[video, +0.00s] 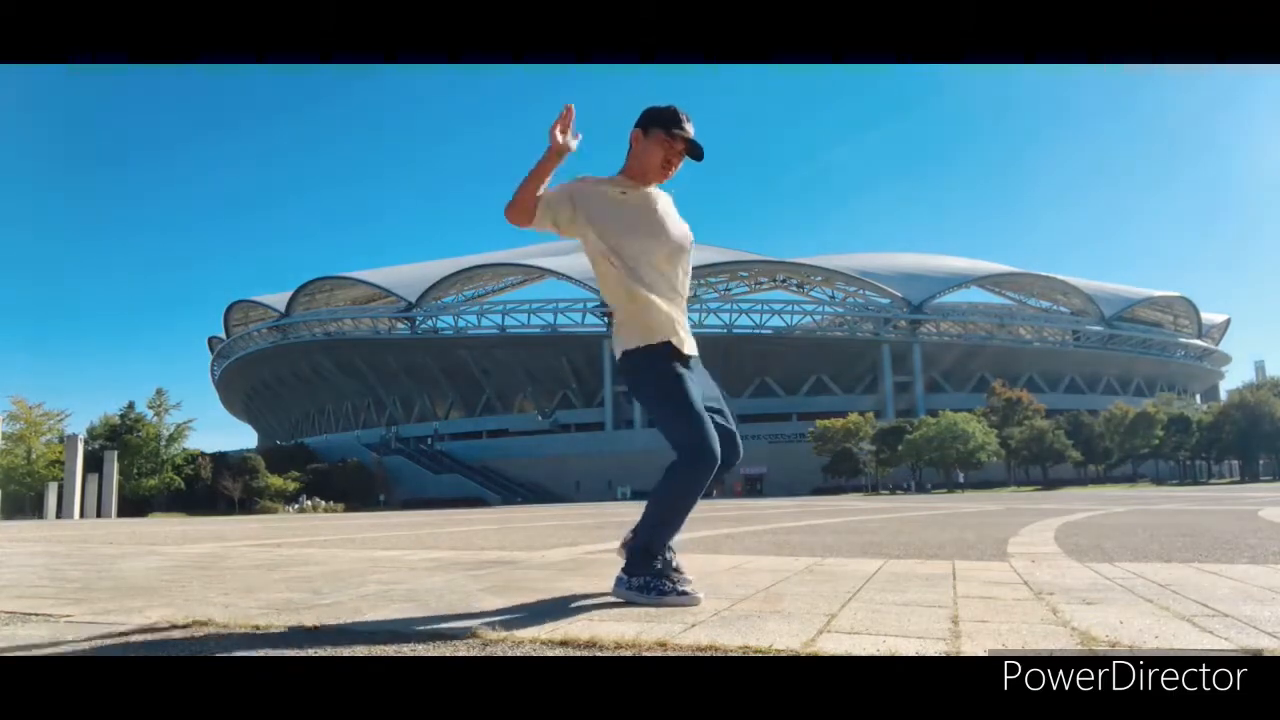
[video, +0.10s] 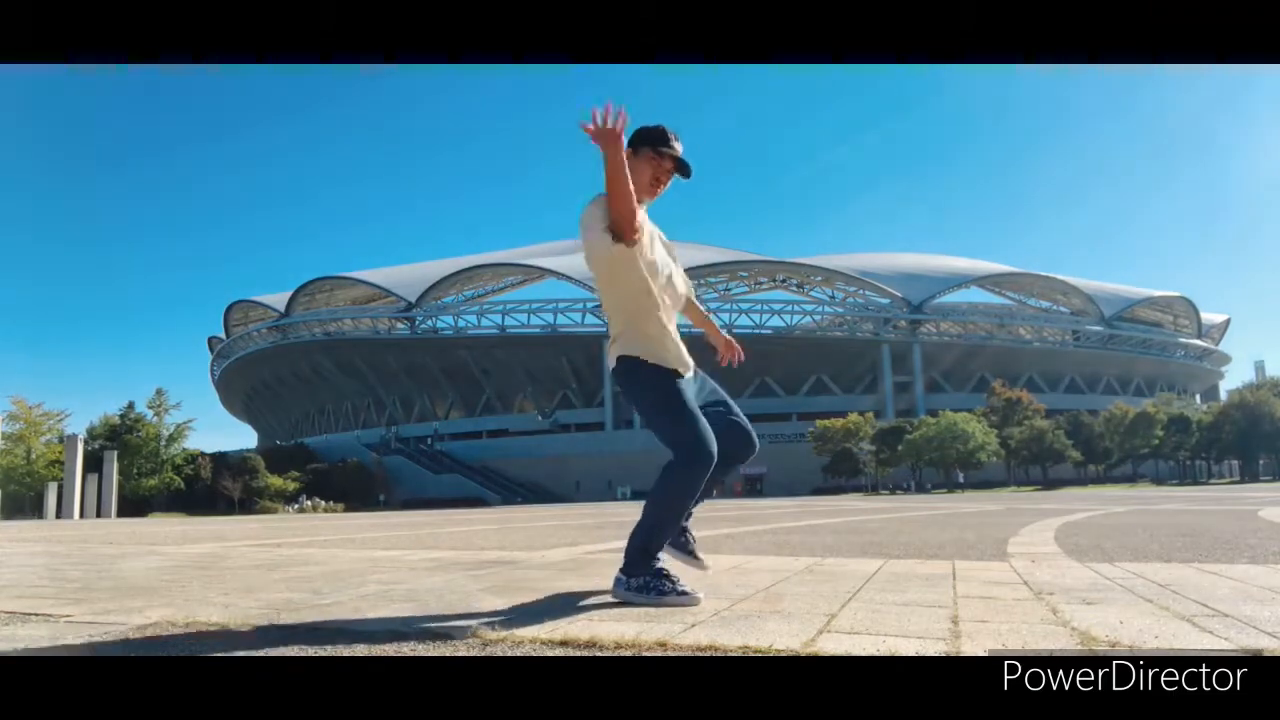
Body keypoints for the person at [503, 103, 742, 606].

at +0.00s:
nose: (674, 161)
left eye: (682, 155)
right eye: (668, 148)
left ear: (683, 157)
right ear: (638, 138)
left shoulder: (661, 199)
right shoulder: (593, 193)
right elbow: (518, 212)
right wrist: (554, 155)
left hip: (682, 349)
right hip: (646, 351)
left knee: (726, 450)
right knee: (701, 452)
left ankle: (647, 546)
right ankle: (641, 569)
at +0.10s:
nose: (664, 179)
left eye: (671, 174)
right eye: (659, 166)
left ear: (669, 179)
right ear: (631, 159)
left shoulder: (652, 229)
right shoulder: (601, 214)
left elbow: (680, 294)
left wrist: (713, 332)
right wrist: (614, 156)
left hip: (677, 363)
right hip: (642, 363)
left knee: (739, 442)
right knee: (698, 452)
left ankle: (672, 518)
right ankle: (636, 570)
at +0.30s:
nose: (645, 197)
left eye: (652, 191)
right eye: (637, 185)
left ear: (655, 193)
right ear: (611, 179)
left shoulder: (636, 238)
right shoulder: (593, 226)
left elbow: (668, 301)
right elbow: (664, 247)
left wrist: (711, 337)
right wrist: (716, 243)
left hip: (682, 363)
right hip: (642, 364)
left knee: (716, 464)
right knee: (685, 450)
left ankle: (656, 553)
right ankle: (635, 573)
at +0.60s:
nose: (642, 194)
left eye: (649, 188)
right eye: (634, 185)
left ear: (656, 195)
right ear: (615, 190)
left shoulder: (665, 243)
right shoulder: (599, 233)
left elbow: (676, 310)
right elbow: (629, 274)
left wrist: (690, 354)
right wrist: (682, 279)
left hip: (669, 363)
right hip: (622, 360)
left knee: (674, 459)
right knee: (632, 439)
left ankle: (642, 550)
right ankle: (615, 549)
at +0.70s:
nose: (644, 195)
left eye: (649, 189)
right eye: (635, 188)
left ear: (655, 199)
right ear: (616, 197)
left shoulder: (667, 250)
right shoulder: (598, 237)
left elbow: (676, 320)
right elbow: (608, 294)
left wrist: (686, 371)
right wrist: (659, 316)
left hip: (666, 371)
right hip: (617, 368)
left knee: (667, 465)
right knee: (614, 457)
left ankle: (641, 551)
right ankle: (604, 517)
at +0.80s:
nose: (636, 202)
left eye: (643, 196)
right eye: (627, 196)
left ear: (654, 204)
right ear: (615, 205)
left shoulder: (669, 259)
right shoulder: (599, 243)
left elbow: (674, 326)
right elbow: (590, 297)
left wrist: (680, 376)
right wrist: (612, 341)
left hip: (663, 378)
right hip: (615, 375)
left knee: (666, 465)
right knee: (602, 464)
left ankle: (642, 550)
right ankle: (611, 514)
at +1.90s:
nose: (675, 227)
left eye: (680, 221)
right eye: (667, 221)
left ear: (691, 226)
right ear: (654, 228)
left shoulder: (712, 268)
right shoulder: (637, 267)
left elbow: (715, 322)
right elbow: (606, 307)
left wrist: (710, 376)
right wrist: (608, 357)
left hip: (698, 377)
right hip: (654, 364)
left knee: (699, 467)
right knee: (622, 419)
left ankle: (693, 549)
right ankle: (616, 458)